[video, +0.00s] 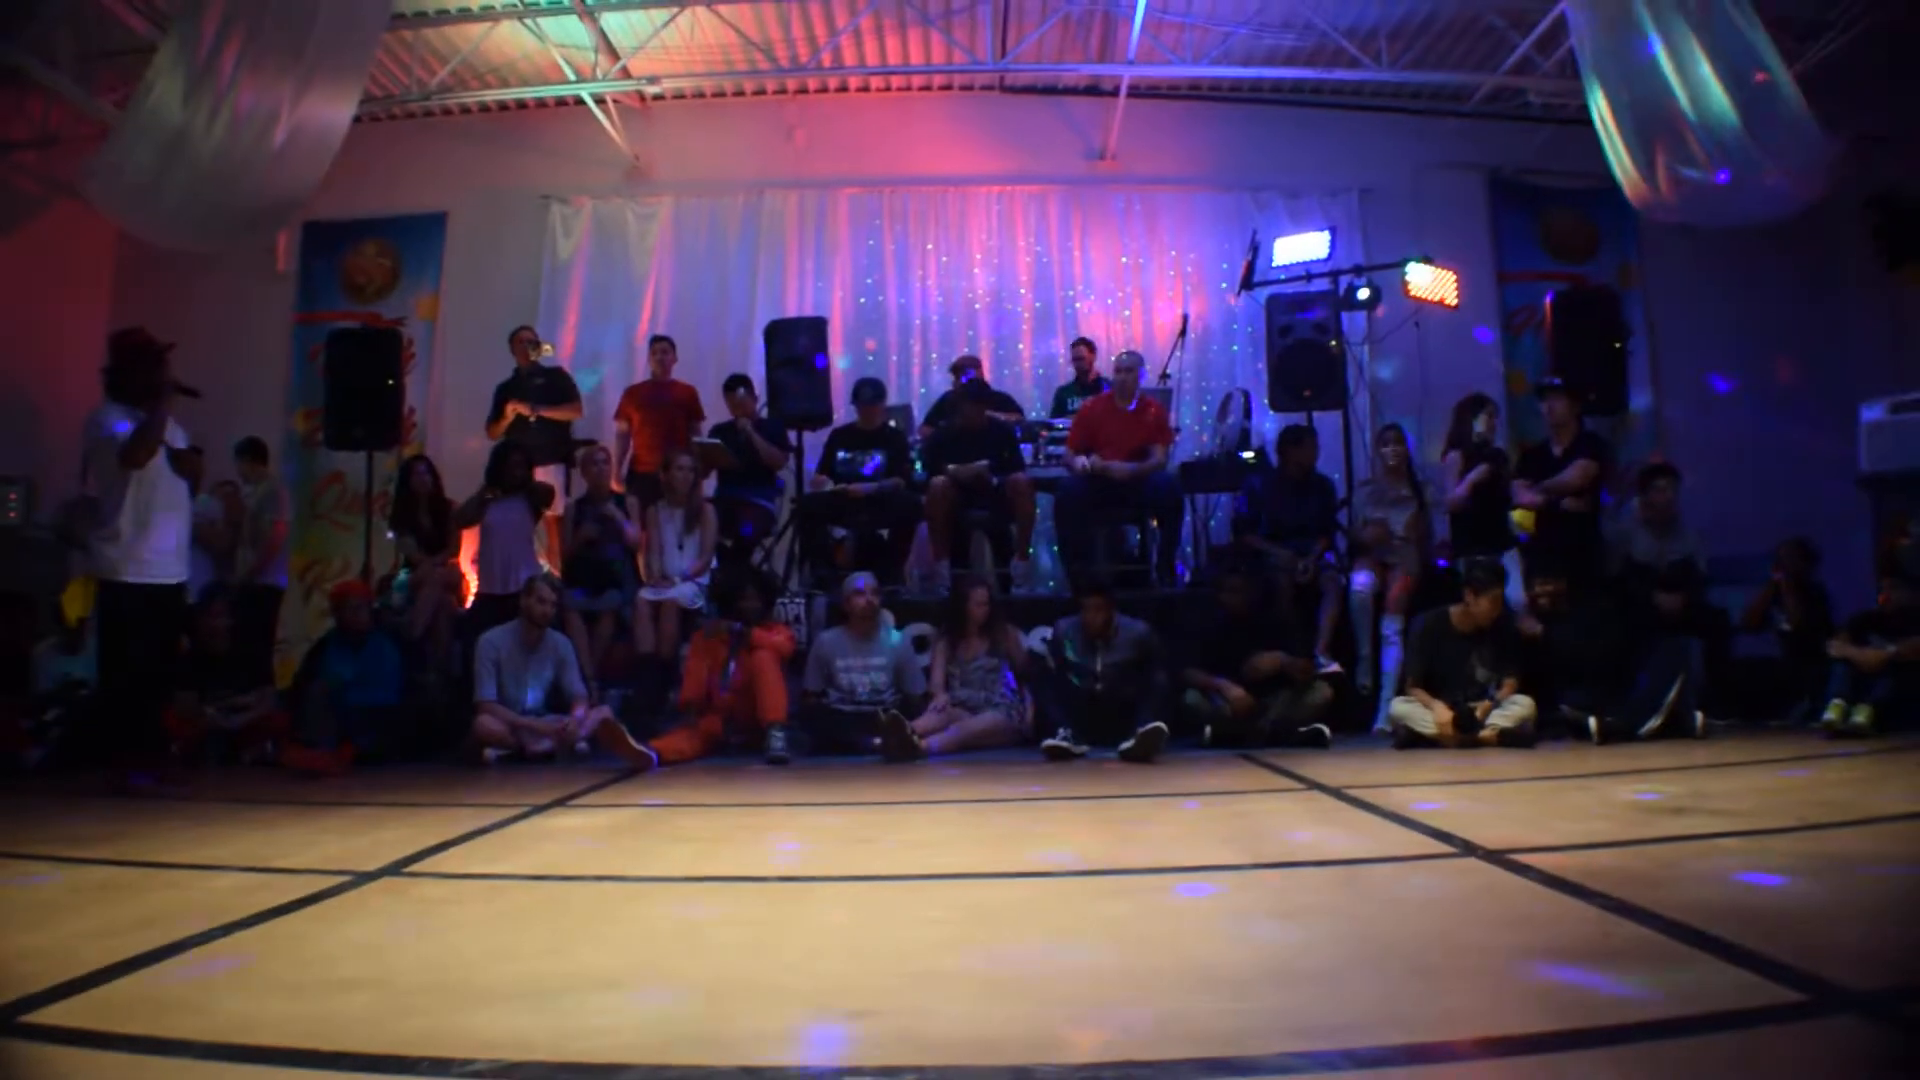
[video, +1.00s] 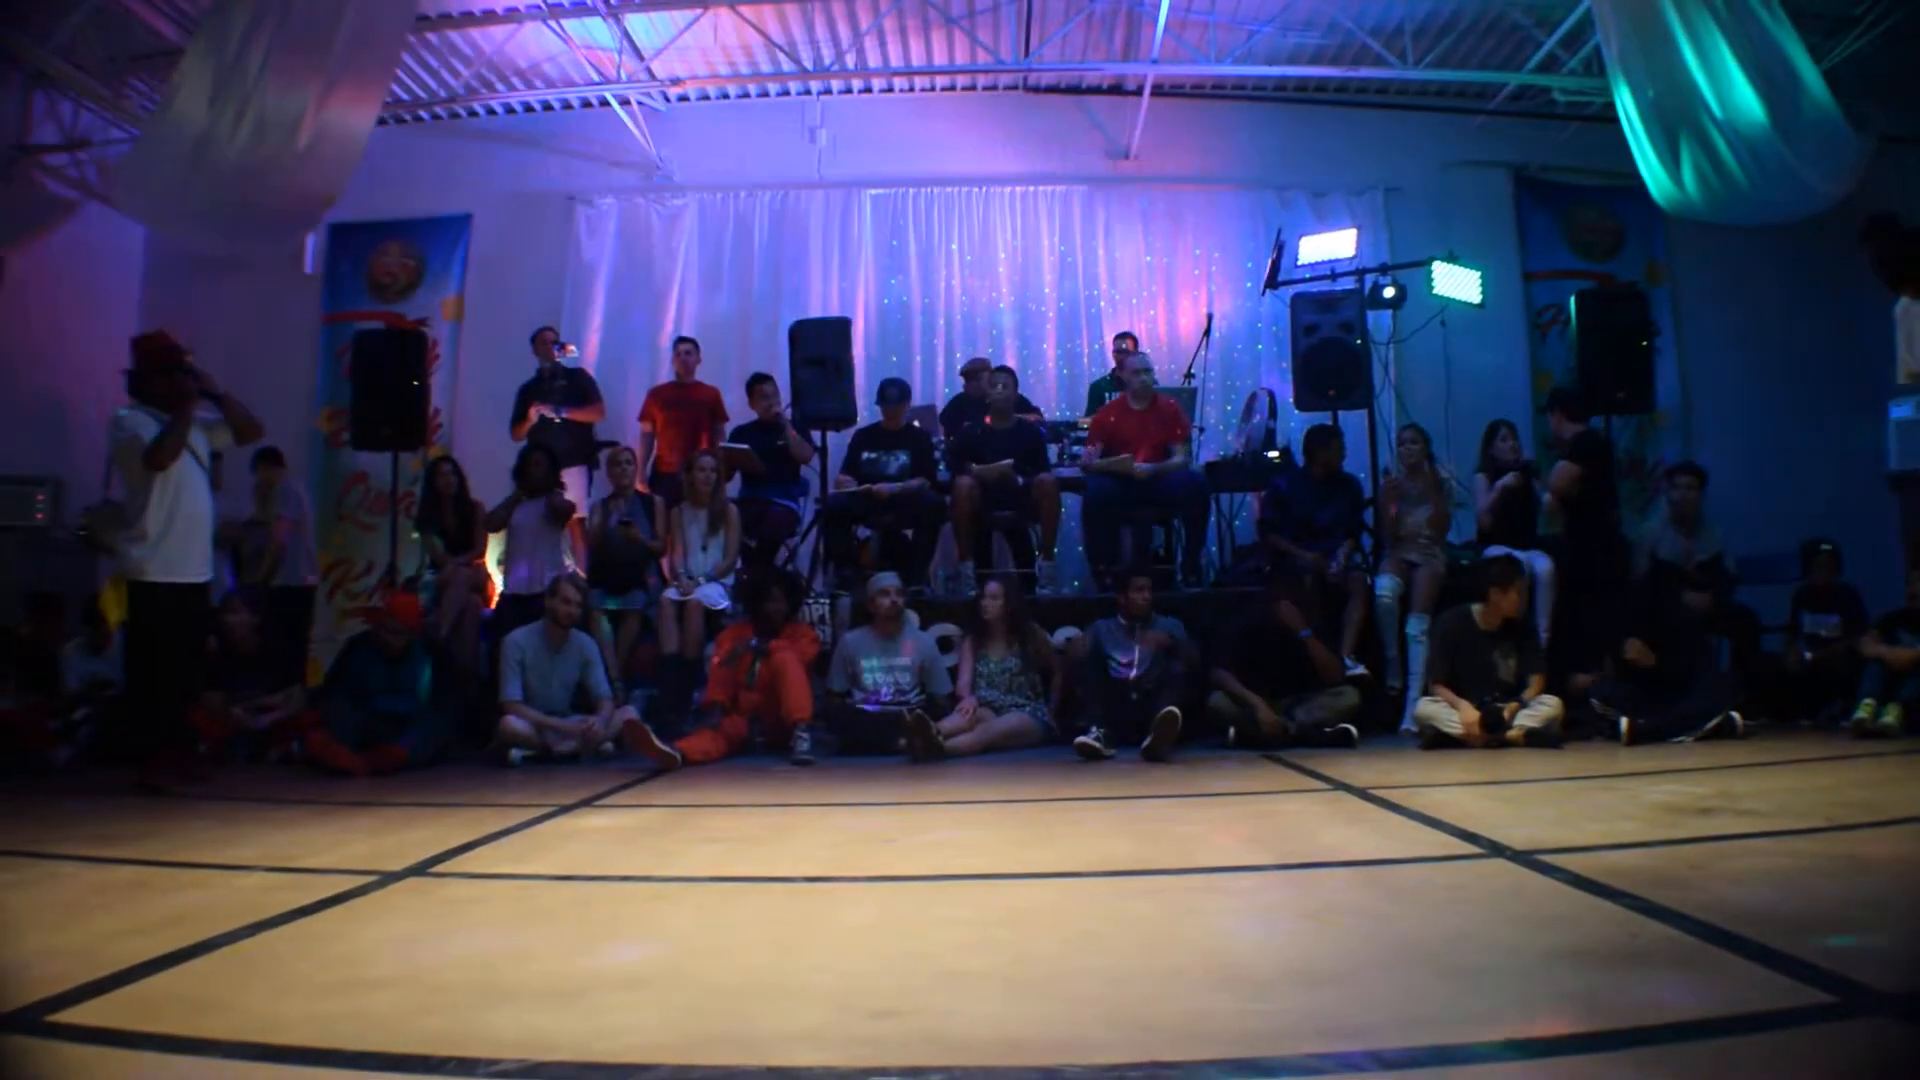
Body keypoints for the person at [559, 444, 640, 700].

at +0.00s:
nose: (601, 469)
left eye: (606, 463)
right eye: (595, 464)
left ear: (612, 468)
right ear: (583, 471)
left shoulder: (627, 502)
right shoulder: (574, 507)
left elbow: (635, 540)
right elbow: (567, 551)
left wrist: (617, 517)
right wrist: (580, 537)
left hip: (617, 575)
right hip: (582, 576)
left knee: (608, 607)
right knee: (571, 608)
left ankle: (593, 675)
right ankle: (589, 680)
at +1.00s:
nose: (622, 469)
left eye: (628, 464)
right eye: (616, 465)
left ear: (636, 469)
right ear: (608, 471)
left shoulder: (653, 503)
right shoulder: (599, 506)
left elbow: (660, 546)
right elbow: (593, 543)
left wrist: (639, 539)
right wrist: (607, 521)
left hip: (639, 574)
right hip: (606, 574)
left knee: (634, 606)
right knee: (595, 608)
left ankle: (617, 673)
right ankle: (613, 679)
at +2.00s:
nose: (611, 470)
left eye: (617, 465)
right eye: (608, 466)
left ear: (630, 472)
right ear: (603, 473)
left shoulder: (647, 505)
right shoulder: (596, 504)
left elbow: (656, 551)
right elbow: (589, 533)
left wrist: (630, 564)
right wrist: (598, 495)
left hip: (633, 575)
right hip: (600, 573)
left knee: (628, 609)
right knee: (590, 610)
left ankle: (610, 671)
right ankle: (607, 677)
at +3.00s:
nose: (609, 468)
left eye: (615, 464)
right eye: (606, 464)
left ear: (630, 472)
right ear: (601, 473)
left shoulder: (646, 506)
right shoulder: (595, 505)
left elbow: (655, 552)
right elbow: (589, 528)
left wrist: (634, 568)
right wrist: (597, 490)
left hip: (631, 577)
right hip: (600, 575)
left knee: (627, 608)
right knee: (588, 610)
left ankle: (609, 672)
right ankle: (605, 678)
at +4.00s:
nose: (620, 471)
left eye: (625, 466)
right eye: (614, 466)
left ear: (630, 472)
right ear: (602, 473)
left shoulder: (646, 508)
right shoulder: (592, 510)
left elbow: (654, 553)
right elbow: (587, 549)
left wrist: (634, 568)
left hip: (630, 576)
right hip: (600, 574)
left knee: (626, 612)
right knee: (589, 612)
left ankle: (607, 677)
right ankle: (607, 681)